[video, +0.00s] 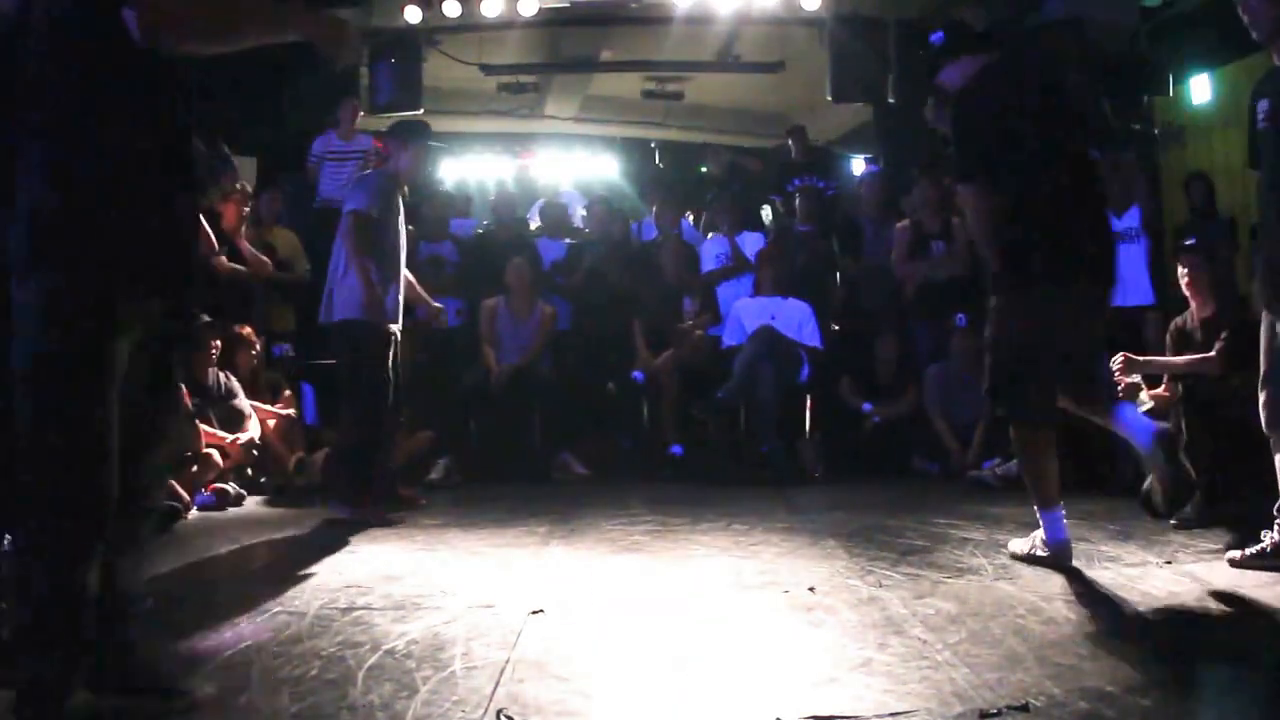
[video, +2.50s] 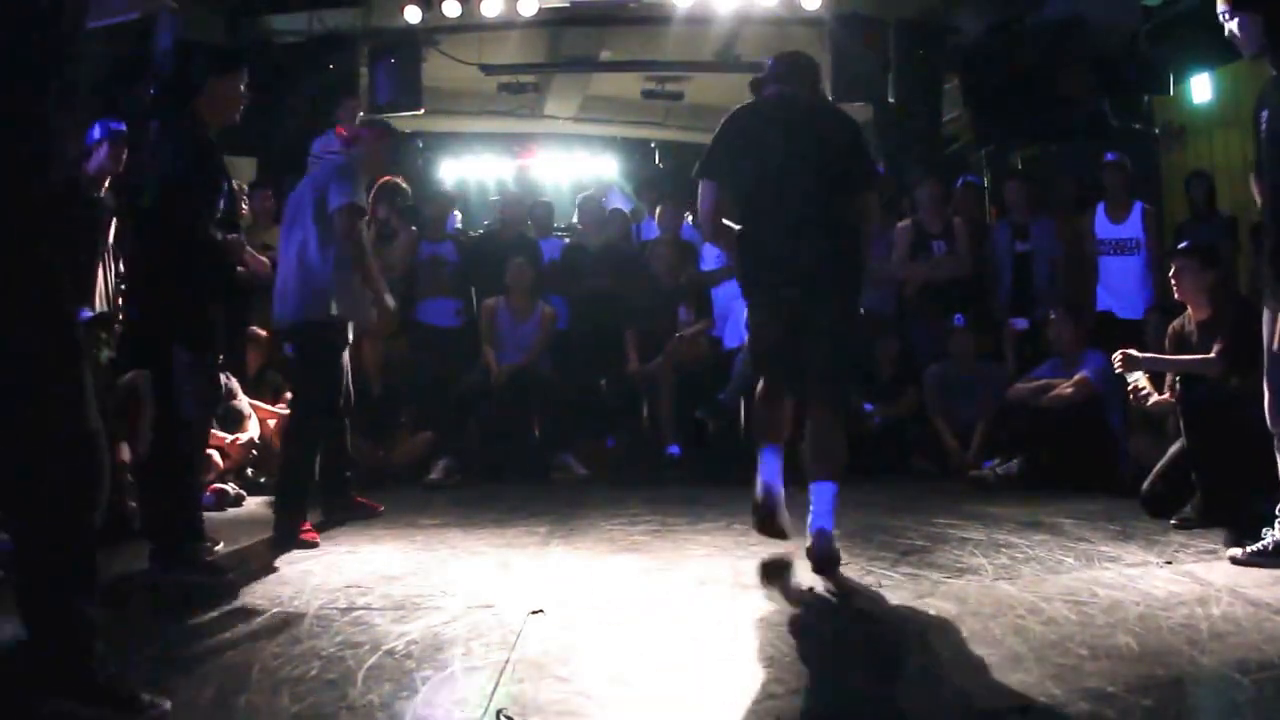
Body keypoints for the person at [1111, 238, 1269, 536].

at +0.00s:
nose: (1186, 275)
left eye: (1195, 267)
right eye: (1182, 268)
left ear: (1213, 272)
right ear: (1176, 274)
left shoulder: (1237, 317)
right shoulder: (1178, 328)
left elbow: (1218, 362)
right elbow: (1172, 391)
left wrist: (1143, 364)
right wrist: (1144, 395)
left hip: (1239, 434)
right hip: (1194, 438)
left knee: (1193, 391)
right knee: (1159, 497)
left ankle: (1205, 497)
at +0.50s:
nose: (1184, 274)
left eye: (1192, 266)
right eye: (1180, 267)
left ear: (1213, 270)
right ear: (1175, 274)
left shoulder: (1237, 312)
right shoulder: (1179, 327)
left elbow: (1217, 362)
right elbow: (1173, 389)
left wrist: (1142, 364)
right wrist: (1146, 395)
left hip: (1240, 430)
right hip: (1201, 434)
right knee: (1155, 498)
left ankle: (1206, 498)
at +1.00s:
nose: (1181, 276)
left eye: (1190, 268)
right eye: (1178, 268)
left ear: (1212, 274)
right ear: (1175, 275)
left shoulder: (1233, 320)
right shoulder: (1179, 328)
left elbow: (1217, 364)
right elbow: (1179, 392)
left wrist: (1141, 363)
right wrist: (1148, 399)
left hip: (1239, 429)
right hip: (1203, 433)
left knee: (1191, 392)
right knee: (1155, 497)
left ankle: (1205, 499)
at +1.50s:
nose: (1183, 275)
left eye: (1193, 267)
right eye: (1180, 266)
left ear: (1214, 273)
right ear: (1175, 273)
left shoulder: (1238, 315)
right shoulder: (1178, 328)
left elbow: (1218, 364)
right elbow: (1174, 394)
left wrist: (1143, 361)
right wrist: (1146, 400)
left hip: (1241, 431)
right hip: (1201, 434)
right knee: (1155, 498)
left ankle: (1203, 498)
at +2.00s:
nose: (1179, 276)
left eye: (1188, 269)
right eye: (1177, 269)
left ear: (1212, 274)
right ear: (1174, 275)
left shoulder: (1237, 317)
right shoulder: (1178, 328)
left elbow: (1218, 365)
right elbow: (1176, 394)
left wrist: (1142, 360)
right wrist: (1148, 398)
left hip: (1241, 433)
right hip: (1203, 434)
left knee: (1194, 394)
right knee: (1155, 499)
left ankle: (1206, 502)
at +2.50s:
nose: (1172, 277)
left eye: (1182, 270)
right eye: (1172, 270)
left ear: (1209, 276)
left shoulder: (1239, 315)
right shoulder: (1178, 330)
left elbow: (1218, 364)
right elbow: (1176, 396)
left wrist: (1144, 361)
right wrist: (1152, 399)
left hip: (1245, 431)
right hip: (1205, 435)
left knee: (1195, 398)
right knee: (1155, 498)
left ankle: (1208, 503)